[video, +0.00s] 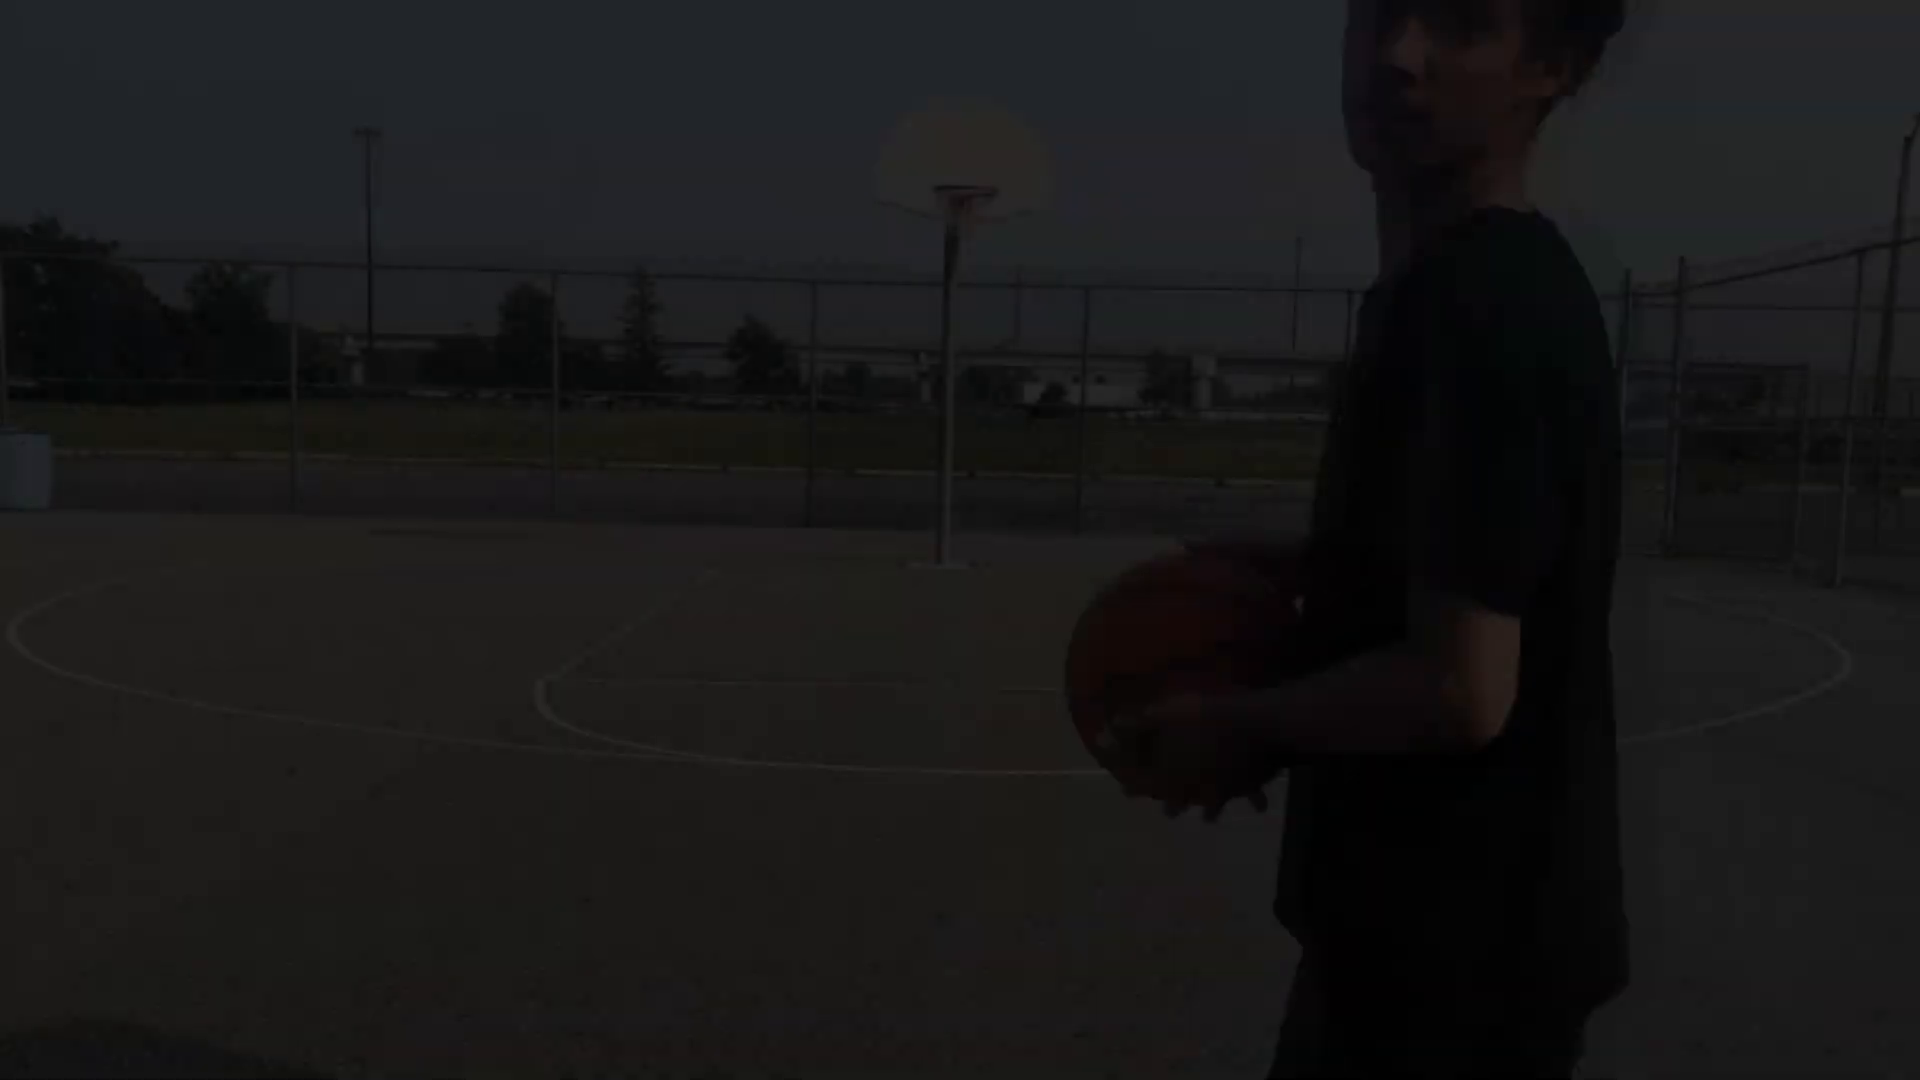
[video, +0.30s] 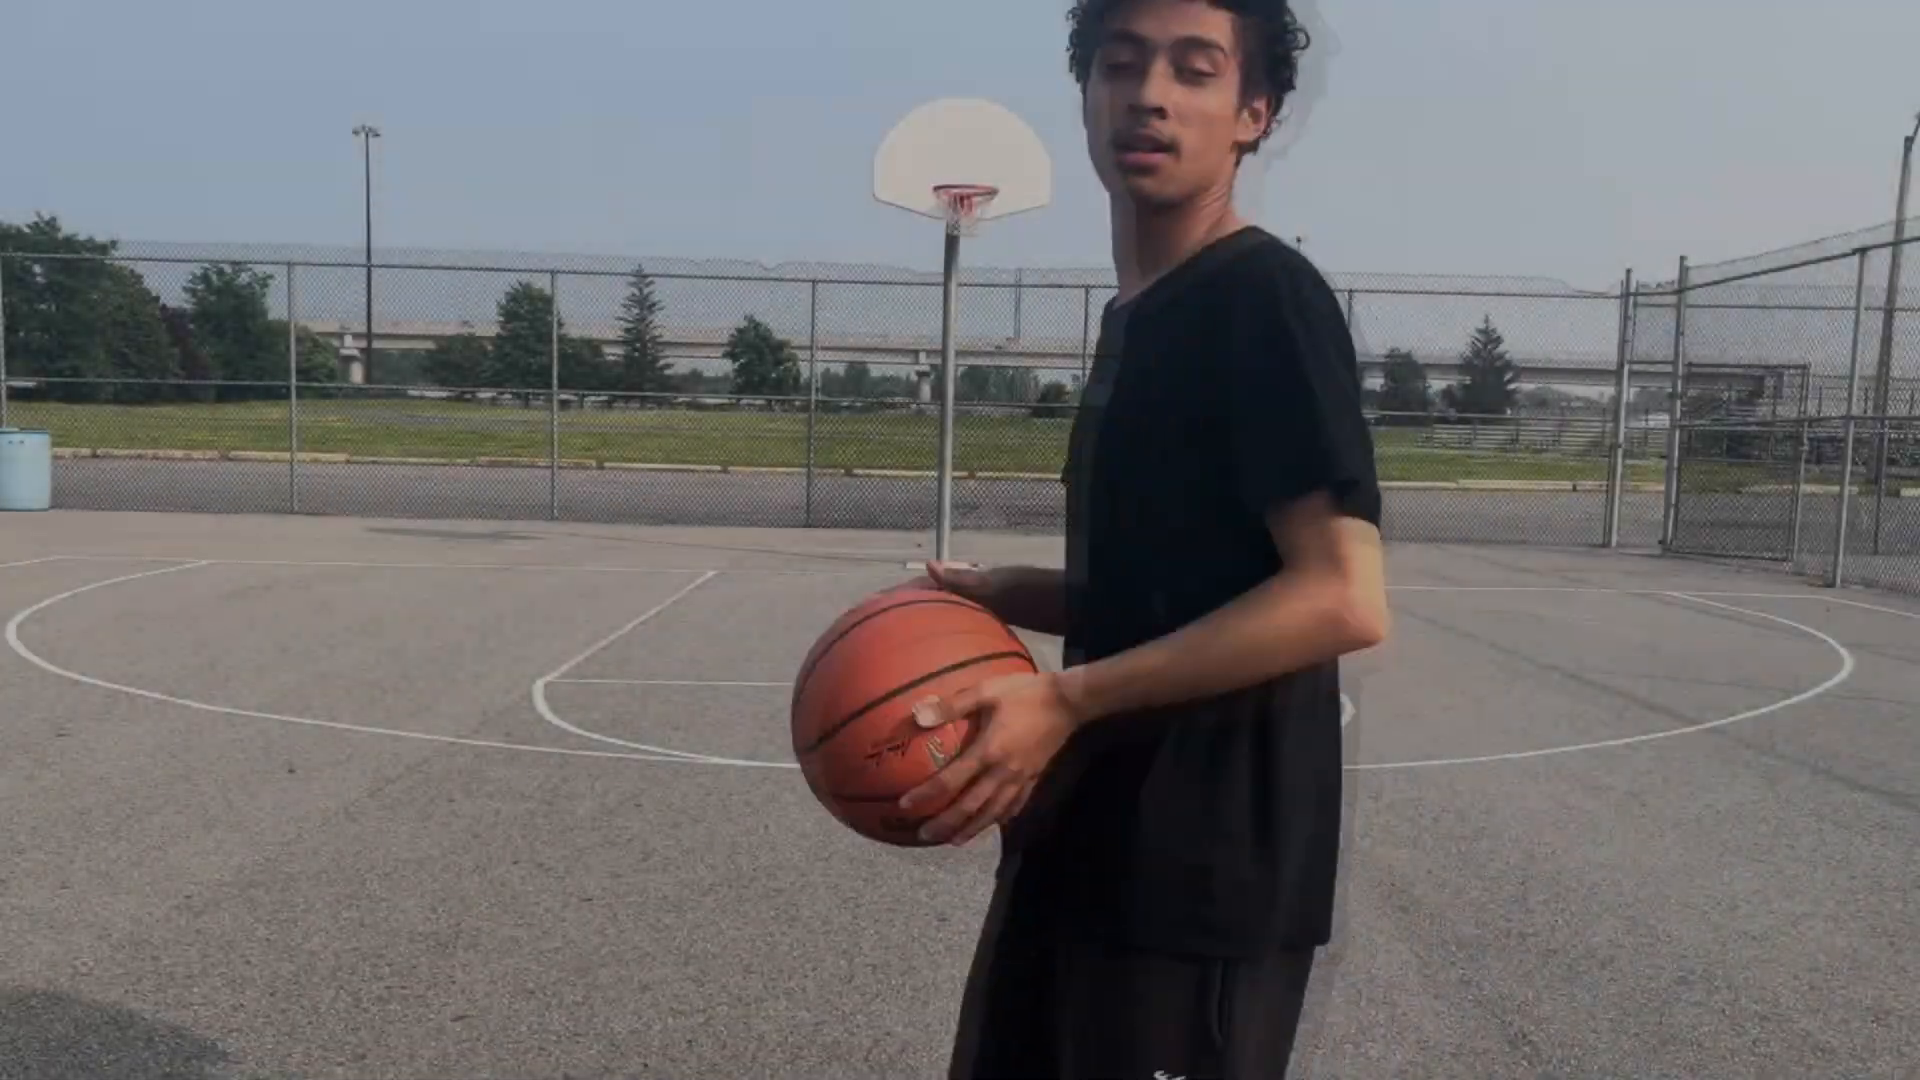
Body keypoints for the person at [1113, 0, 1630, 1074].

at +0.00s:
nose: (1399, 56)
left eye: (1459, 26)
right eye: (1384, 17)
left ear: (1549, 68)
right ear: (1343, 33)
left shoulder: (1481, 298)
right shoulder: (1451, 287)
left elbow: (1464, 685)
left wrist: (1237, 730)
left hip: (1451, 942)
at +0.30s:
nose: (1147, 100)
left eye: (1192, 71)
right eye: (1121, 66)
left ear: (1254, 116)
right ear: (1086, 93)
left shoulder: (1267, 294)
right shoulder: (1136, 315)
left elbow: (1343, 598)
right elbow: (1174, 592)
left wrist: (1072, 699)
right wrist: (1014, 595)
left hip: (1206, 891)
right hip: (1085, 870)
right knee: (1012, 1061)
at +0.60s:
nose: (983, 79)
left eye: (1023, 54)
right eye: (954, 49)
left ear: (1076, 105)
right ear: (913, 88)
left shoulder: (1134, 251)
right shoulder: (926, 345)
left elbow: (1296, 498)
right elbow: (873, 555)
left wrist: (1073, 609)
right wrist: (825, 564)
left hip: (1126, 835)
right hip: (972, 830)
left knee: (1071, 1063)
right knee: (957, 1063)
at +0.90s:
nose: (975, 54)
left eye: (1022, 29)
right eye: (947, 22)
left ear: (1078, 85)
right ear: (905, 64)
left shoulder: (1142, 285)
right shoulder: (872, 319)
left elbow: (1264, 557)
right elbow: (810, 528)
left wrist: (1055, 644)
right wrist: (789, 519)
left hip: (1055, 853)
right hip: (889, 843)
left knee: (1048, 1068)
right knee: (901, 1063)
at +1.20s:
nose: (1058, 12)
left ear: (1181, 45)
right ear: (987, 10)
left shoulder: (1226, 318)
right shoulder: (871, 264)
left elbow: (1262, 631)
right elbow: (807, 536)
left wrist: (1083, 754)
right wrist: (753, 544)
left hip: (1040, 903)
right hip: (813, 873)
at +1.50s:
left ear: (1194, 20)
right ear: (991, 1)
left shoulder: (1258, 314)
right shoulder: (811, 249)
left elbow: (1293, 630)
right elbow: (733, 534)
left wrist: (1231, 772)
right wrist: (721, 641)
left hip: (1060, 968)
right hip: (775, 944)